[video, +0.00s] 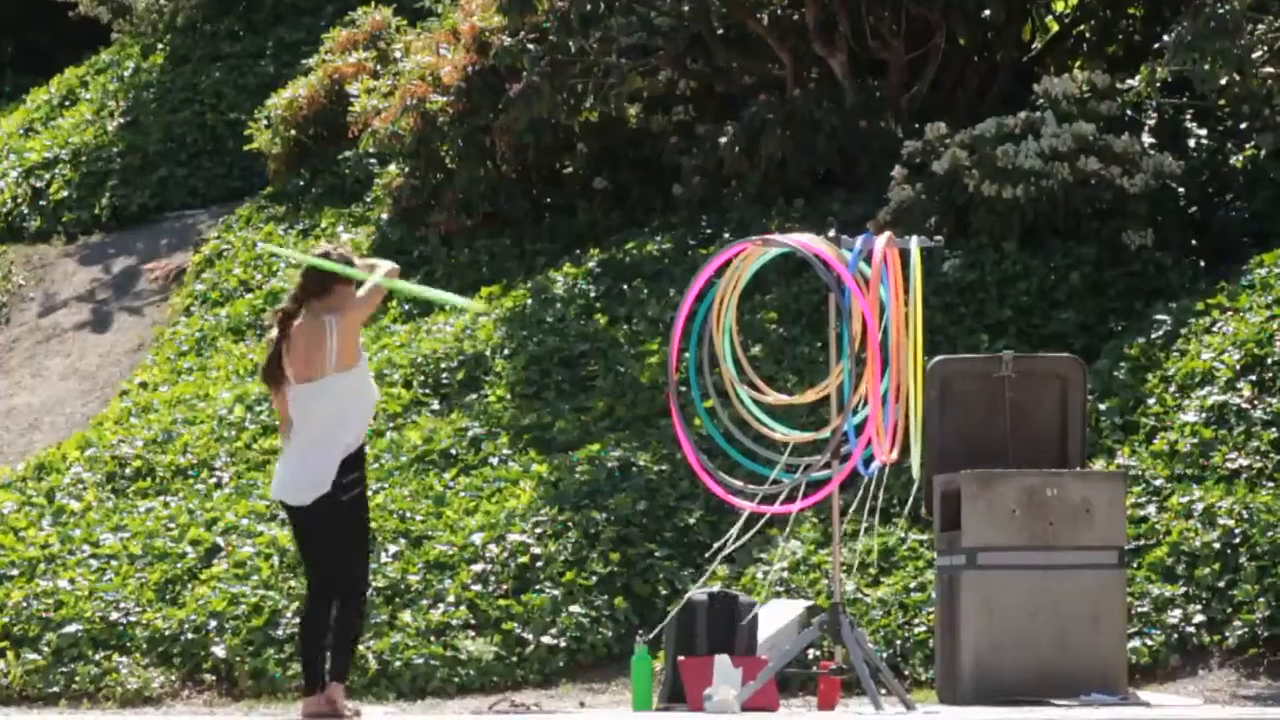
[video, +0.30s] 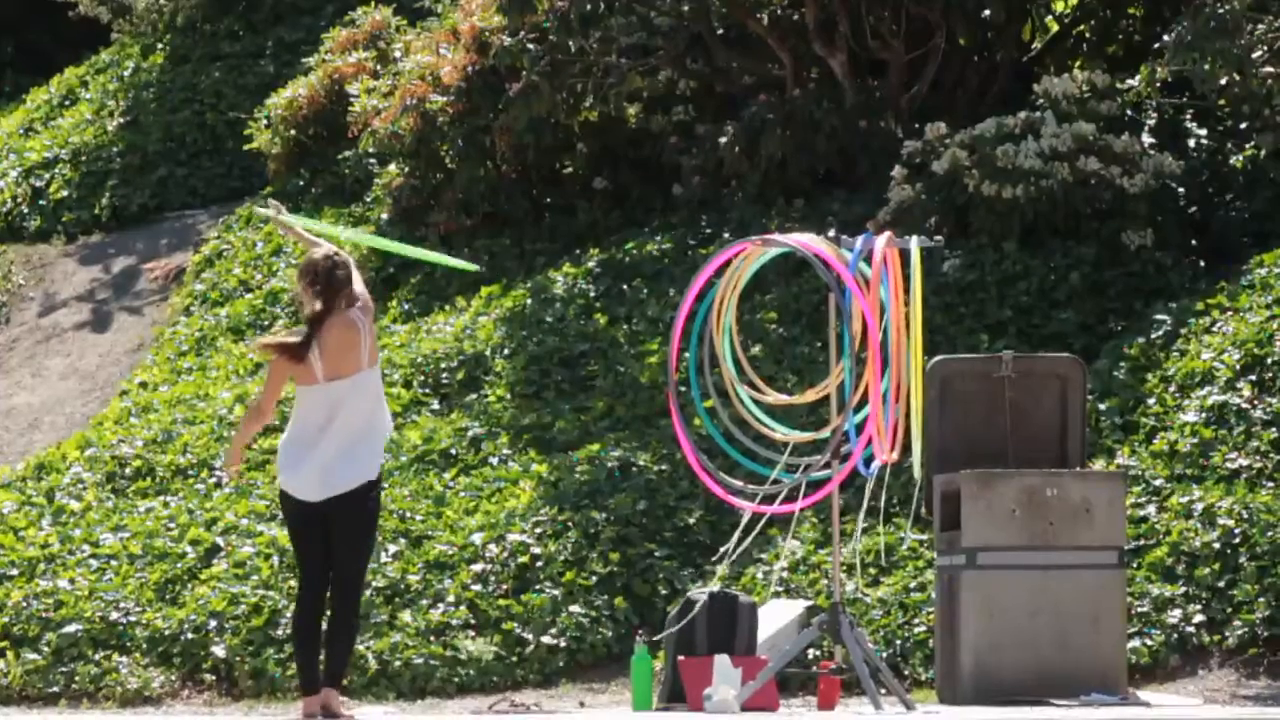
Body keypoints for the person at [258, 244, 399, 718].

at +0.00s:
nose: (353, 295)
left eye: (351, 285)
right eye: (352, 286)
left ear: (309, 285)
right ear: (340, 286)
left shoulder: (287, 336)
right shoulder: (342, 320)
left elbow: (282, 404)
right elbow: (387, 272)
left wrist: (291, 439)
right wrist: (370, 266)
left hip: (295, 479)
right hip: (339, 477)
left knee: (319, 585)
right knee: (353, 583)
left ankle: (313, 695)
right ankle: (335, 687)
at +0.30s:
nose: (353, 291)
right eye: (350, 285)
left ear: (306, 295)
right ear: (346, 290)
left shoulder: (290, 350)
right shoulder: (360, 322)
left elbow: (262, 410)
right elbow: (345, 265)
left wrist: (235, 451)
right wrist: (294, 227)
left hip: (299, 482)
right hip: (354, 481)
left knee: (309, 585)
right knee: (348, 589)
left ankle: (309, 695)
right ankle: (332, 689)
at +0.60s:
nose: (300, 300)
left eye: (302, 291)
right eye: (299, 292)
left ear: (322, 292)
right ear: (342, 286)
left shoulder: (312, 345)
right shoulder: (368, 325)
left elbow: (245, 392)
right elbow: (334, 260)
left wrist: (177, 426)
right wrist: (287, 208)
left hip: (314, 471)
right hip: (369, 476)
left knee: (305, 582)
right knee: (345, 585)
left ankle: (309, 693)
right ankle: (335, 691)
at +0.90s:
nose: (297, 300)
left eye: (301, 291)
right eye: (297, 291)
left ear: (326, 288)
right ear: (338, 285)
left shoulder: (319, 344)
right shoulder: (365, 325)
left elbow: (267, 381)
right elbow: (328, 255)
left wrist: (225, 405)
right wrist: (302, 198)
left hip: (311, 471)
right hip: (361, 475)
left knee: (298, 577)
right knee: (338, 579)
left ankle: (317, 691)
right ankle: (333, 688)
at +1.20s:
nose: (293, 295)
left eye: (298, 287)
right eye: (293, 286)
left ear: (325, 288)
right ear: (330, 286)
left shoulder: (331, 337)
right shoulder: (351, 327)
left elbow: (321, 379)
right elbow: (304, 253)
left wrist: (307, 402)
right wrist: (290, 189)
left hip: (305, 464)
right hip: (346, 469)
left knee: (300, 579)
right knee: (325, 578)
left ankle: (317, 691)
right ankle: (351, 666)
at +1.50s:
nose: (294, 290)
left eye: (302, 283)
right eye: (294, 282)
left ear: (331, 289)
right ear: (326, 288)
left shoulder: (336, 341)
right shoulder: (323, 330)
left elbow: (345, 373)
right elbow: (288, 265)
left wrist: (349, 398)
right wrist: (256, 208)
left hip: (312, 471)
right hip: (303, 469)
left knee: (297, 584)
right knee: (293, 582)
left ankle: (317, 695)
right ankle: (365, 665)